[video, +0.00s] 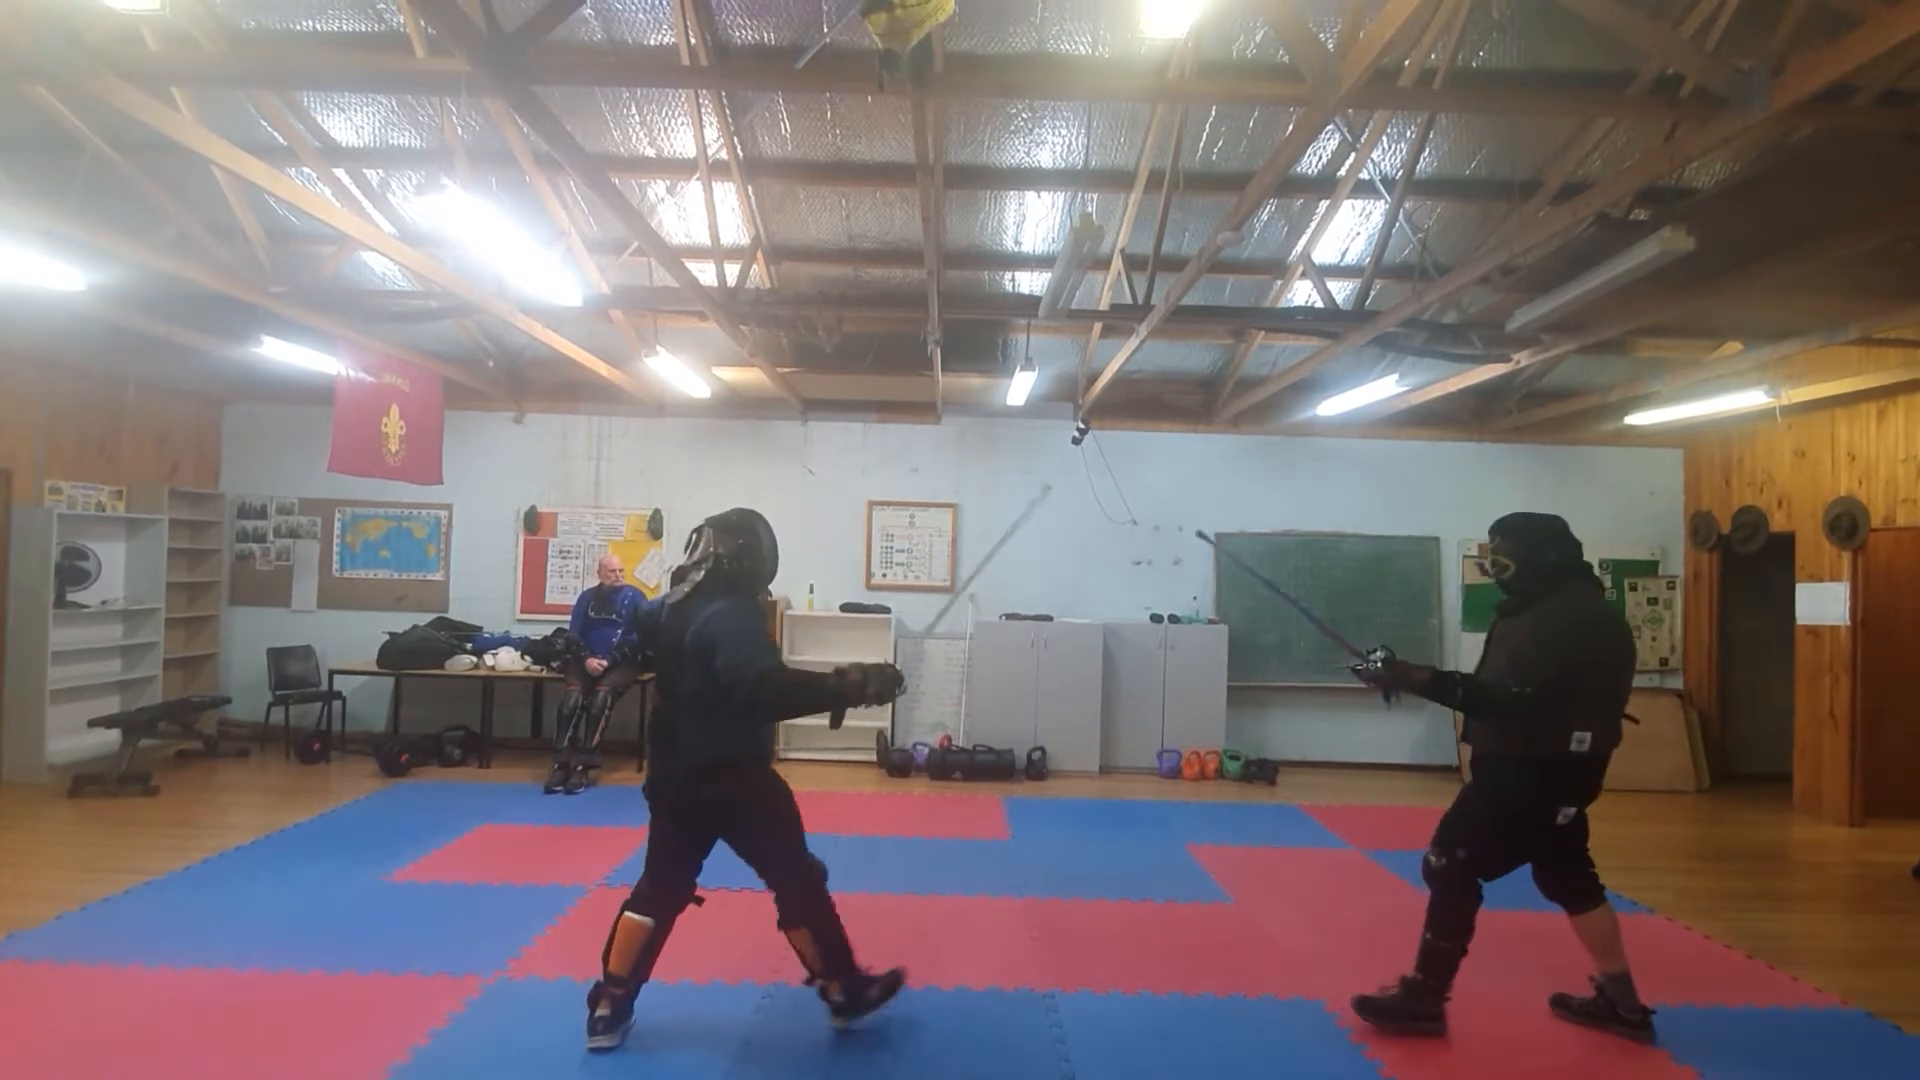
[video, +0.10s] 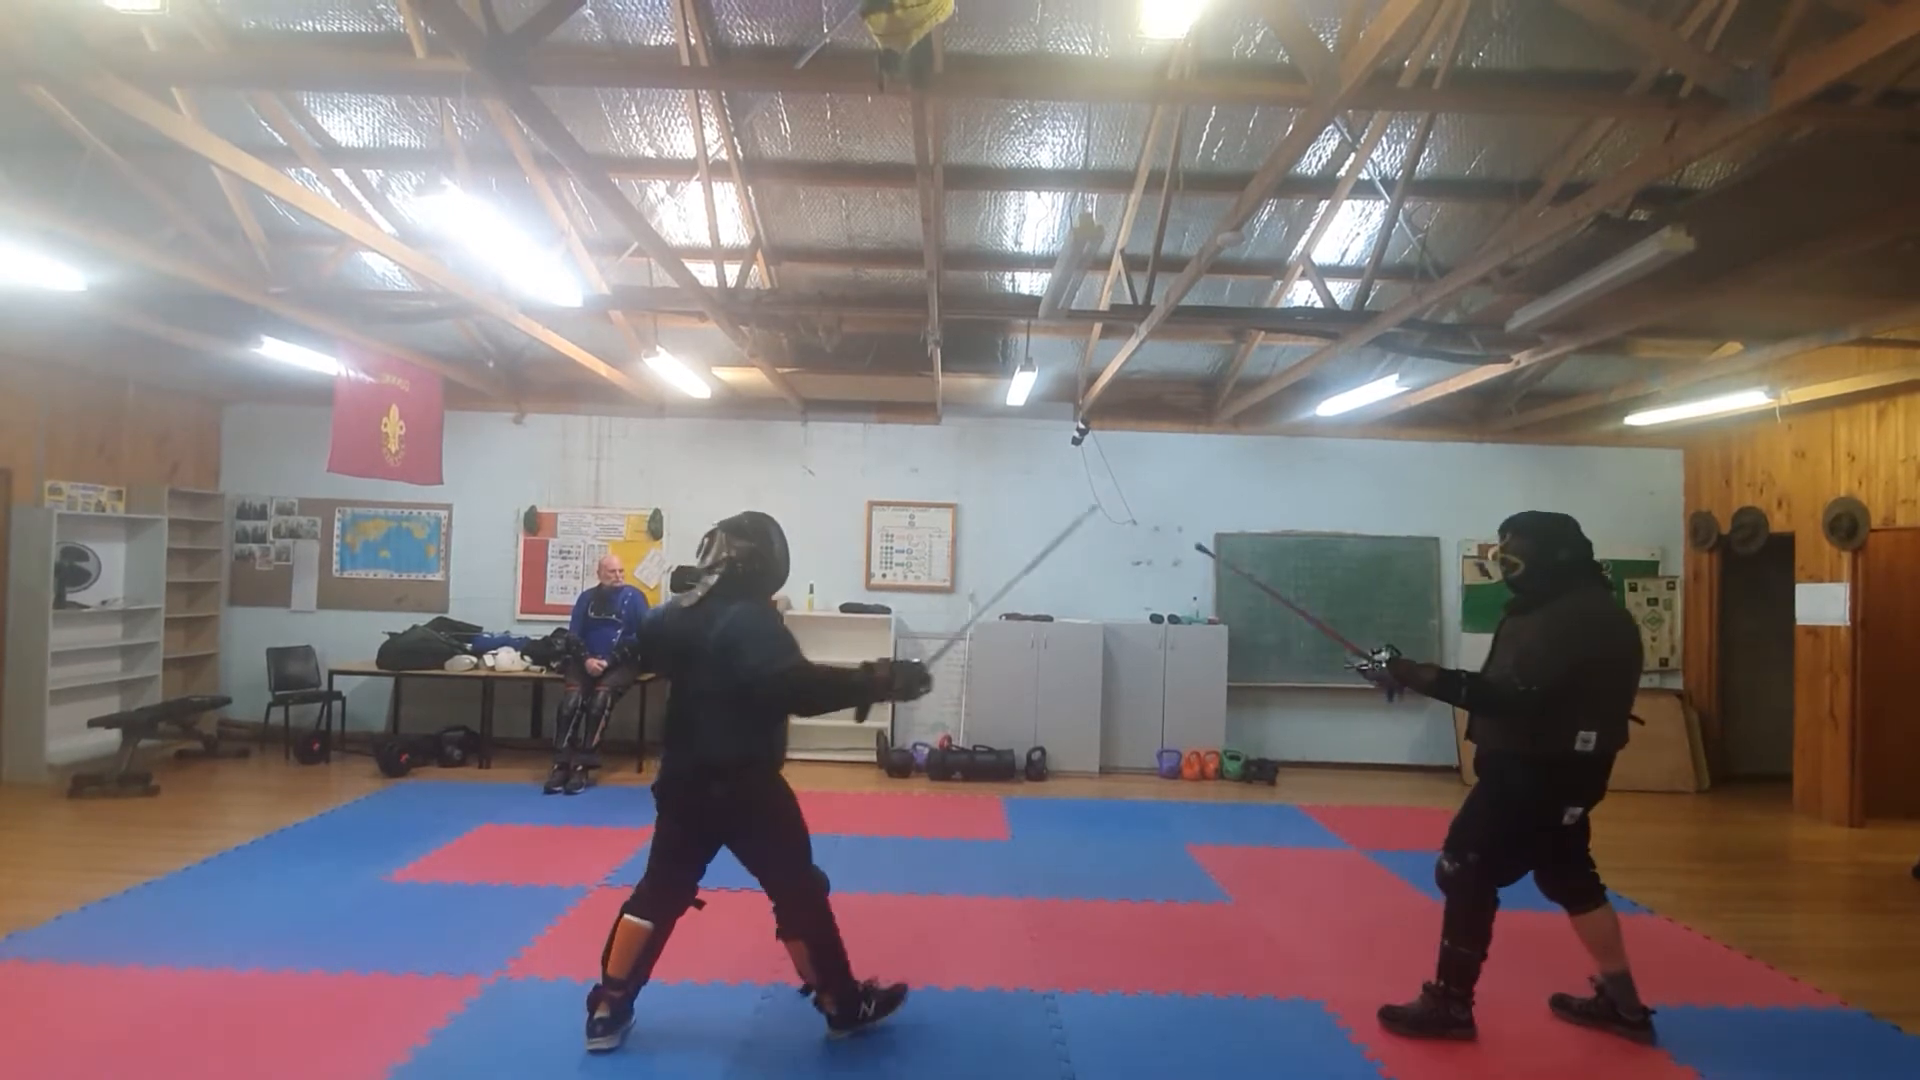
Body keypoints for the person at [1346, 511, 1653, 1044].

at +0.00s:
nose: (1494, 572)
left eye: (1503, 560)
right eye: (1493, 560)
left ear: (1538, 561)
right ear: (1555, 560)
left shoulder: (1540, 621)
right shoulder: (1600, 617)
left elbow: (1510, 701)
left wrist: (1421, 681)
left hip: (1520, 777)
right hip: (1568, 777)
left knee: (1453, 866)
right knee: (1572, 880)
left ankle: (1424, 997)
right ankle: (1621, 1000)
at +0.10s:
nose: (1505, 570)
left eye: (1514, 559)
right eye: (1503, 559)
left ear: (1550, 560)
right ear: (1566, 560)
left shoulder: (1546, 620)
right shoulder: (1608, 615)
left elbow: (1514, 698)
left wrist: (1429, 680)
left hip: (1526, 774)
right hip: (1575, 775)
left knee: (1467, 869)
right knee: (1572, 878)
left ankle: (1449, 1001)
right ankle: (1622, 999)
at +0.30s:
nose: (1512, 570)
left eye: (1521, 559)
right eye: (1510, 559)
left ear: (1559, 558)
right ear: (1565, 560)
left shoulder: (1581, 618)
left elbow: (1525, 698)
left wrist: (1432, 679)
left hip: (1534, 774)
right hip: (1569, 773)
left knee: (1473, 871)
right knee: (1572, 877)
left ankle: (1450, 1001)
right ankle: (1621, 1000)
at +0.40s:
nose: (1511, 569)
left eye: (1521, 558)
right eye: (1509, 558)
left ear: (1559, 558)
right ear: (1562, 560)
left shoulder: (1583, 617)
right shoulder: (1542, 610)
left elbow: (1526, 697)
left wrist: (1434, 677)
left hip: (1536, 774)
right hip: (1567, 774)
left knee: (1473, 872)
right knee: (1573, 878)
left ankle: (1450, 1001)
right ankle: (1621, 1000)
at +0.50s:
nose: (1507, 570)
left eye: (1516, 559)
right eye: (1504, 560)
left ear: (1553, 558)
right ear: (1557, 560)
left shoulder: (1580, 617)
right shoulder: (1541, 611)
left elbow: (1524, 699)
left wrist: (1429, 675)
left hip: (1533, 774)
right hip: (1567, 774)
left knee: (1464, 864)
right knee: (1571, 879)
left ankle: (1449, 1001)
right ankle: (1621, 1001)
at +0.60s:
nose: (1496, 571)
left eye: (1506, 560)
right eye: (1494, 560)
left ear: (1543, 560)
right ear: (1548, 562)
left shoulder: (1569, 618)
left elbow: (1511, 696)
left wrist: (1413, 672)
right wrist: (1409, 672)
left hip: (1525, 774)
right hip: (1556, 774)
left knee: (1450, 860)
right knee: (1567, 880)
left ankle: (1436, 999)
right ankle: (1621, 1000)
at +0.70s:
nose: (1482, 572)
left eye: (1491, 561)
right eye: (1480, 562)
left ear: (1528, 561)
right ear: (1534, 563)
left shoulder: (1553, 618)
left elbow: (1483, 690)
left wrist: (1380, 663)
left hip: (1509, 774)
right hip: (1543, 774)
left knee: (1436, 867)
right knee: (1559, 883)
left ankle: (1404, 998)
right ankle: (1621, 1000)